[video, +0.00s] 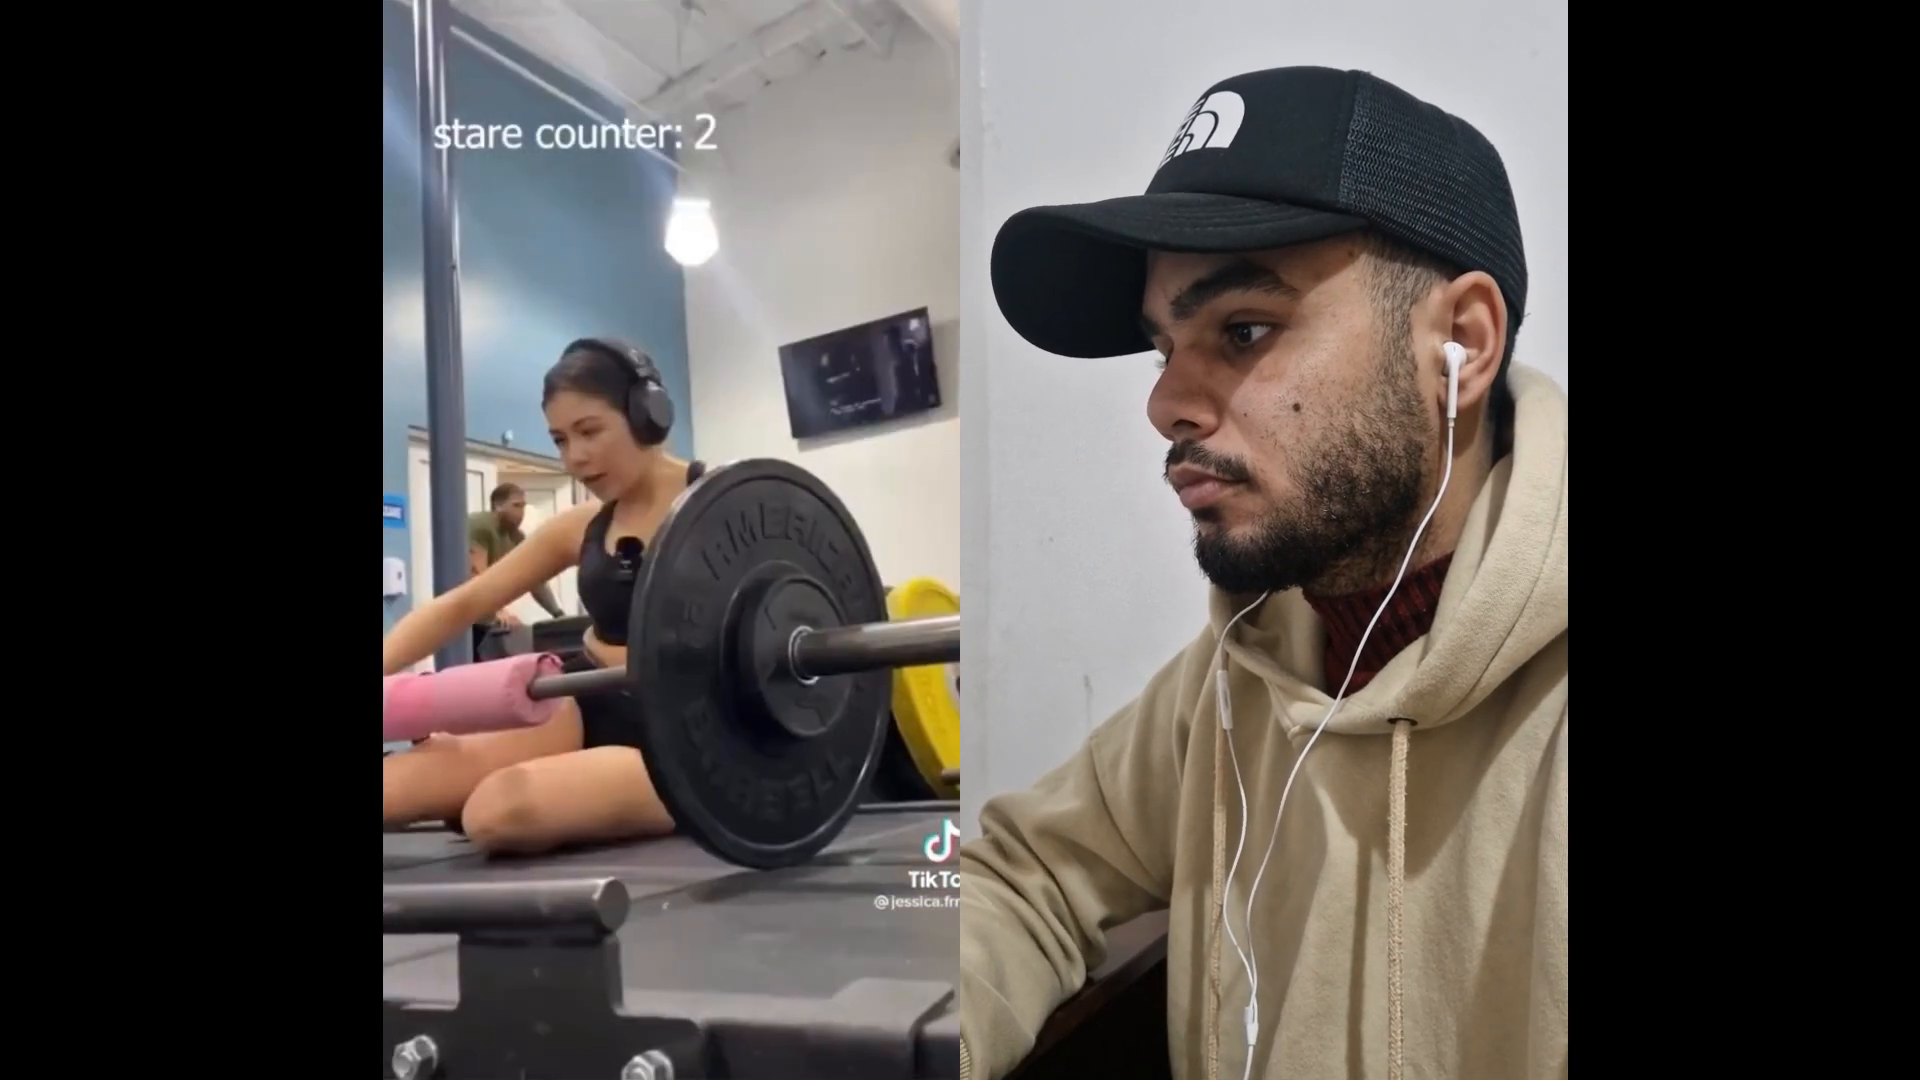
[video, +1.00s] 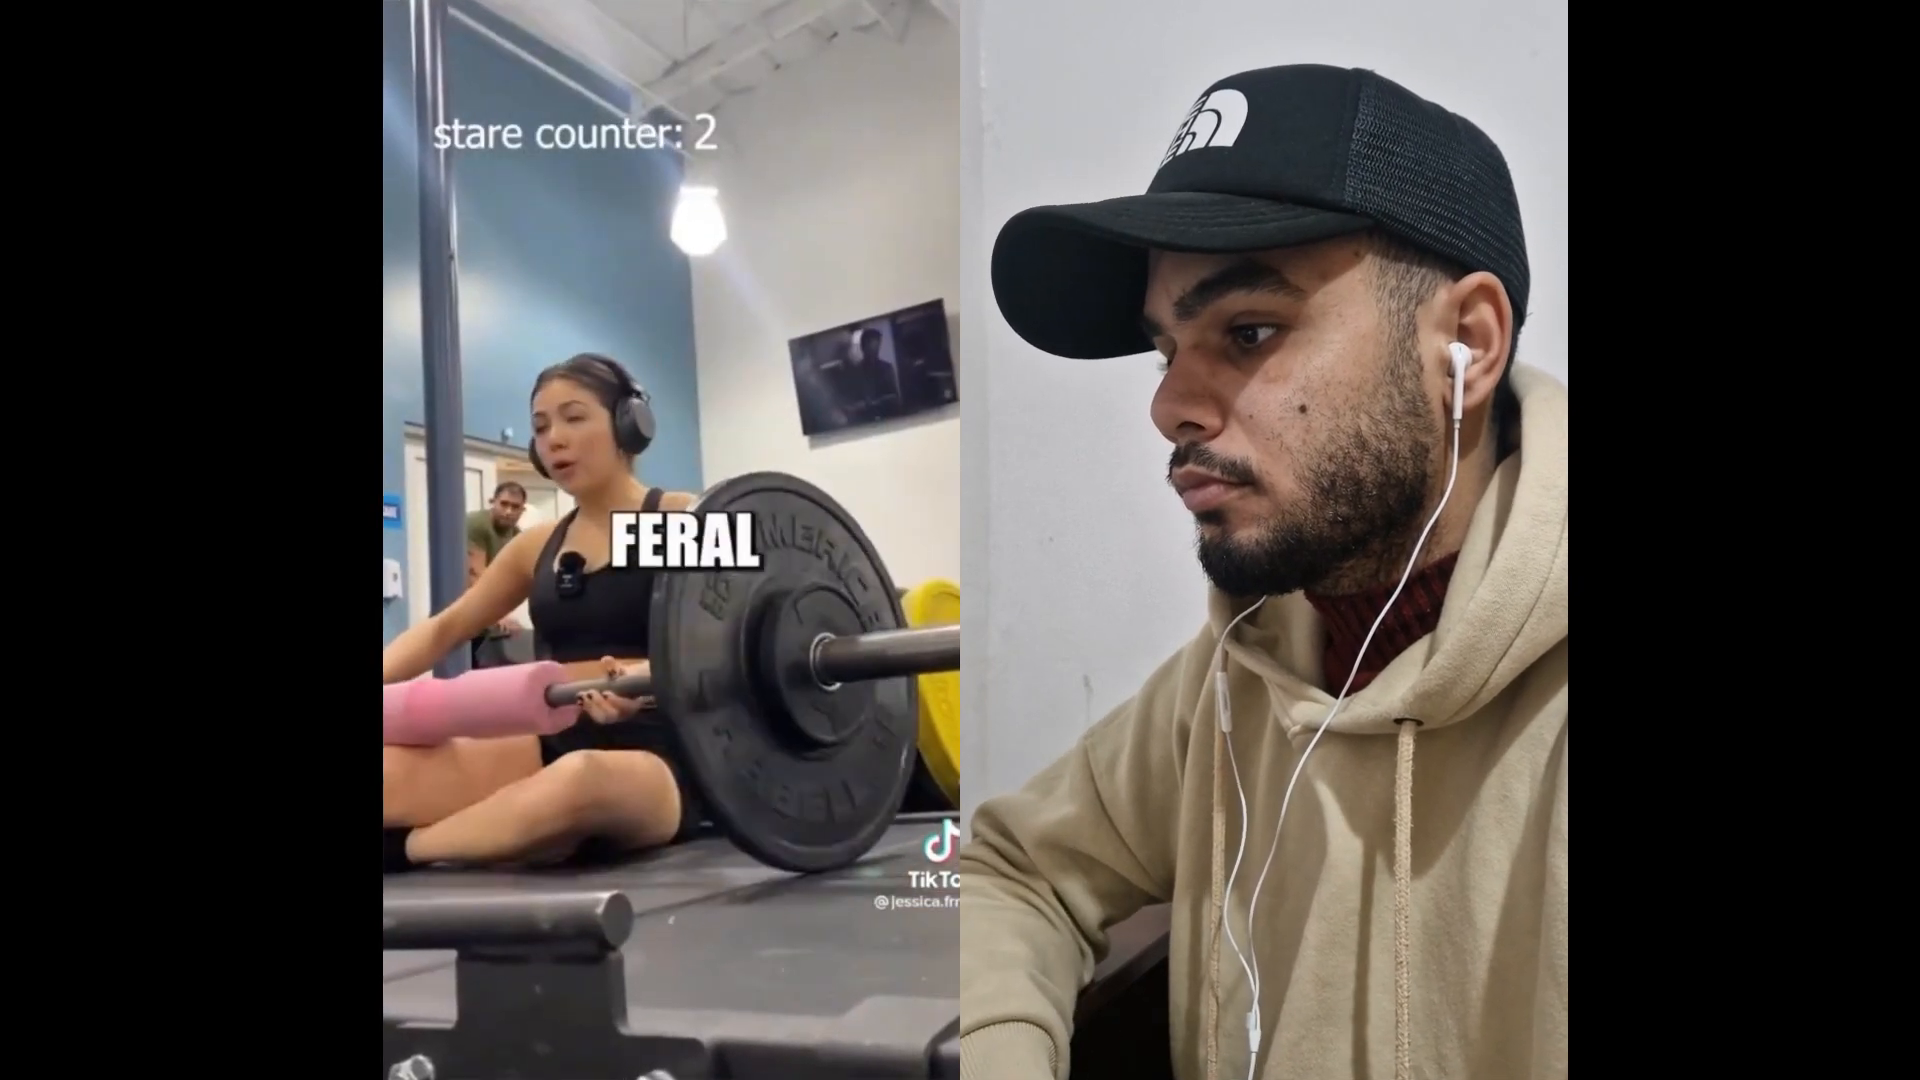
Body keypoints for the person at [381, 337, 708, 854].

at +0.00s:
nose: (575, 458)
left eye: (589, 431)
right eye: (561, 441)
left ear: (646, 414)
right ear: (553, 443)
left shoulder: (720, 503)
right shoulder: (580, 527)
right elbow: (462, 606)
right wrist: (384, 667)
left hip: (691, 743)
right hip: (596, 714)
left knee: (503, 809)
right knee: (439, 765)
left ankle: (456, 771)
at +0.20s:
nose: (589, 454)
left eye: (602, 427)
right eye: (577, 440)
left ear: (659, 411)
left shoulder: (730, 503)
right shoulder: (609, 528)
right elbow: (490, 594)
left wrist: (629, 649)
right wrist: (385, 647)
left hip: (695, 751)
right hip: (607, 715)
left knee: (482, 814)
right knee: (403, 767)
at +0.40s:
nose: (580, 438)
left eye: (596, 412)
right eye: (571, 424)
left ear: (655, 407)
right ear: (566, 434)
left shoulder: (725, 504)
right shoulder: (596, 532)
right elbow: (483, 609)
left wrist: (643, 687)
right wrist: (383, 657)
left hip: (700, 751)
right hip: (608, 732)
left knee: (508, 804)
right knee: (436, 761)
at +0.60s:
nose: (568, 434)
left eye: (585, 409)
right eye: (560, 421)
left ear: (642, 407)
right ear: (555, 431)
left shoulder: (717, 510)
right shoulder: (575, 533)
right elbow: (461, 618)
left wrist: (636, 695)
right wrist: (383, 667)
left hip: (691, 744)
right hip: (588, 726)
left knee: (584, 796)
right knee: (397, 768)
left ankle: (410, 841)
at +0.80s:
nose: (559, 427)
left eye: (578, 403)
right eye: (550, 414)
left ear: (633, 406)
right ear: (545, 428)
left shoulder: (700, 507)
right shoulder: (553, 536)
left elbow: (740, 638)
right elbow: (448, 622)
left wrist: (646, 678)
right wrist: (383, 672)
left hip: (675, 746)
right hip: (568, 739)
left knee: (572, 808)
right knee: (391, 768)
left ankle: (412, 842)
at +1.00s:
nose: (553, 440)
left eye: (574, 418)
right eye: (542, 426)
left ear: (628, 423)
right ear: (535, 444)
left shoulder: (679, 517)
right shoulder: (536, 546)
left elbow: (724, 641)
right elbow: (443, 630)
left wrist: (646, 683)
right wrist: (383, 680)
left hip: (666, 753)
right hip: (555, 747)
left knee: (579, 780)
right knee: (390, 769)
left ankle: (401, 852)